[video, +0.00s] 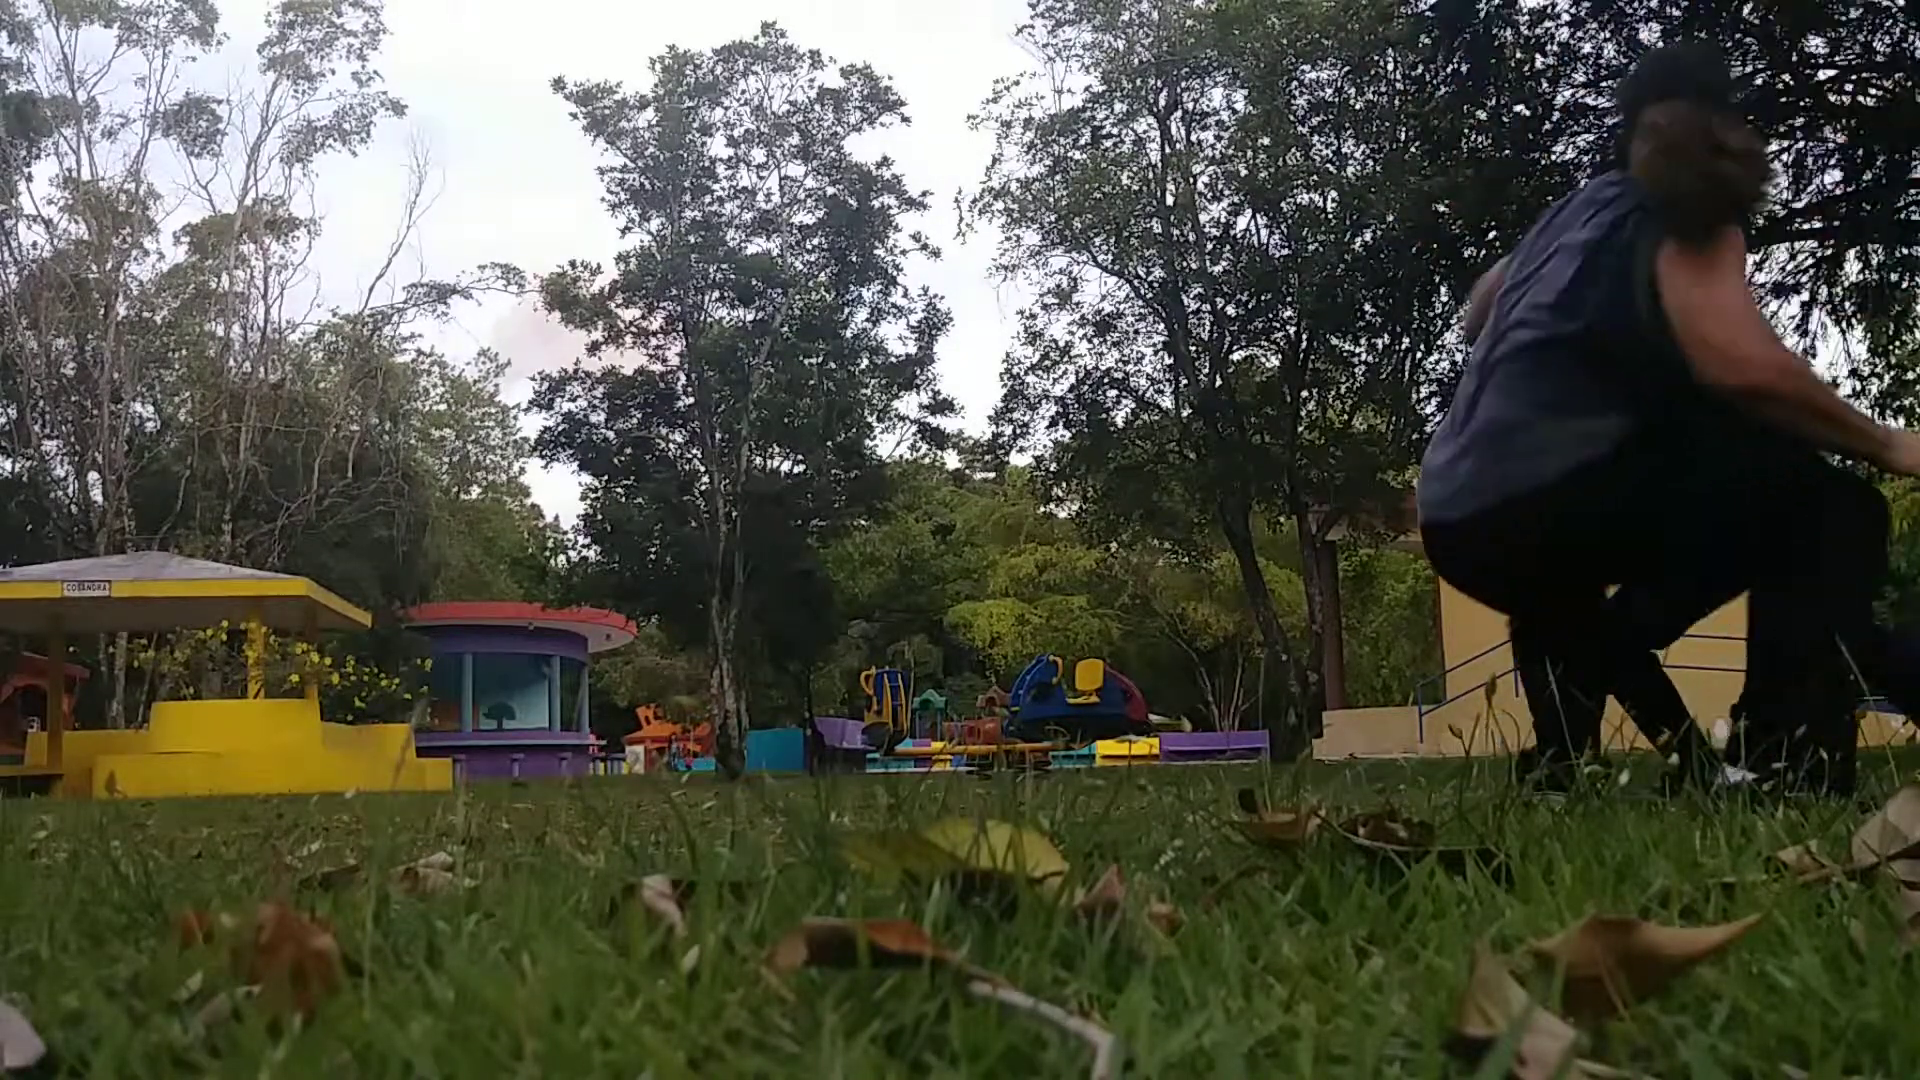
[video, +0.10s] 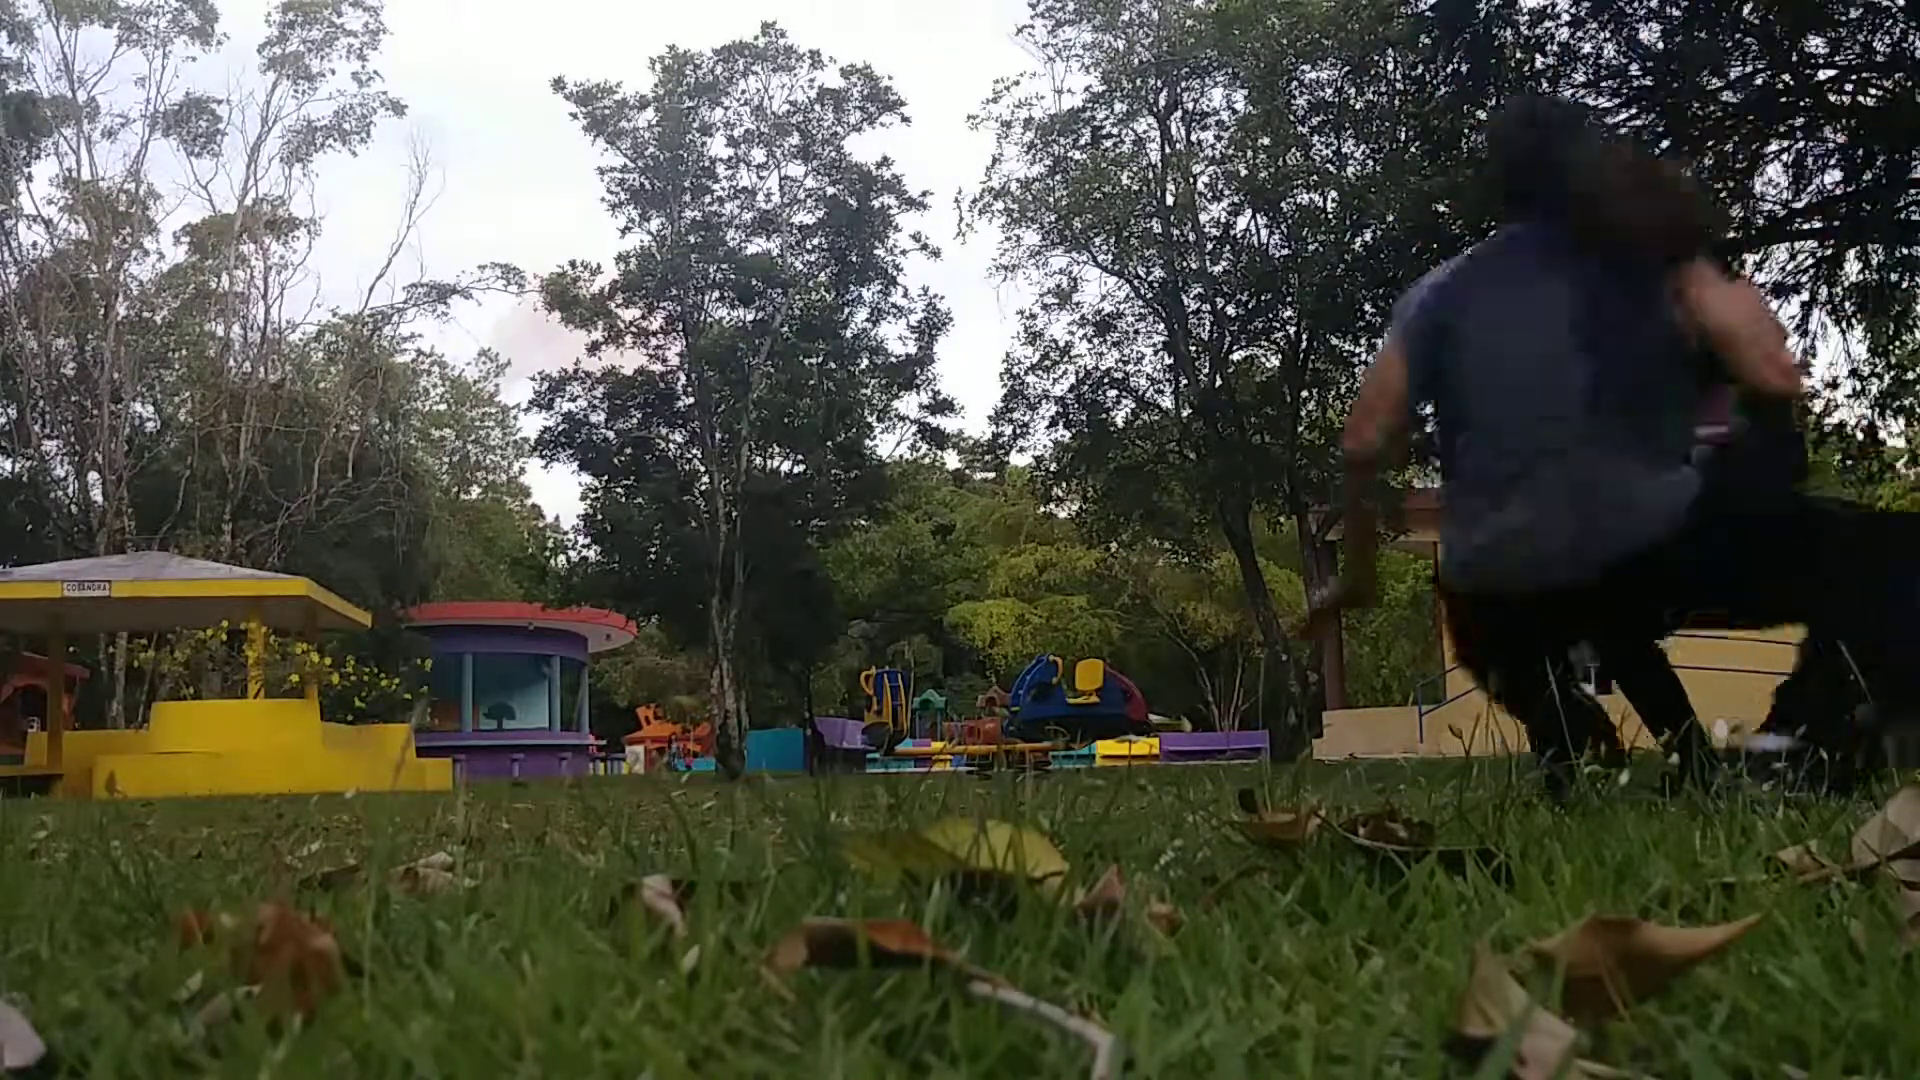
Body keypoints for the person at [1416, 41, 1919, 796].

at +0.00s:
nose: (1750, 143)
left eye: (1747, 126)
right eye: (1738, 124)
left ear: (1627, 128)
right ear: (1710, 127)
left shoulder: (1566, 218)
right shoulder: (1685, 200)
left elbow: (1480, 312)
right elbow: (1739, 362)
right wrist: (1885, 442)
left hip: (1456, 521)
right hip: (1565, 493)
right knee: (1836, 509)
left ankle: (1560, 767)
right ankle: (1789, 761)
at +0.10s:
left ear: (1496, 184)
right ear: (1593, 170)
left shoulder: (1444, 293)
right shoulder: (1657, 256)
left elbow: (1363, 440)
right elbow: (1774, 370)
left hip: (1502, 580)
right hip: (1651, 550)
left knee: (1488, 628)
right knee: (1881, 555)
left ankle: (1574, 745)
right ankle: (1796, 746)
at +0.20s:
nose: (1512, 208)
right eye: (1498, 197)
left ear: (1389, 246)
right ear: (1488, 218)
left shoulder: (1358, 359)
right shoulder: (1560, 300)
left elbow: (1315, 531)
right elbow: (1682, 382)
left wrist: (1265, 688)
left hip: (1544, 610)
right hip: (1691, 557)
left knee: (1416, 673)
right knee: (1872, 608)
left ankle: (1622, 755)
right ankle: (1899, 677)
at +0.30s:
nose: (1294, 343)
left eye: (1296, 326)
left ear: (1313, 332)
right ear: (1401, 292)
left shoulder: (1333, 419)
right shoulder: (1474, 356)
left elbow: (1318, 598)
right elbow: (1582, 406)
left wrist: (1309, 753)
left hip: (1528, 626)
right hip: (1649, 573)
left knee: (1373, 740)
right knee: (1798, 653)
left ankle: (1601, 745)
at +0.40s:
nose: (1231, 407)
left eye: (1228, 391)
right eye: (1228, 389)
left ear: (1244, 390)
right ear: (1303, 350)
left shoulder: (1296, 455)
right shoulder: (1390, 401)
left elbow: (1340, 624)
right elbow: (1501, 450)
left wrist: (1321, 787)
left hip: (1521, 648)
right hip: (1599, 595)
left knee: (1376, 781)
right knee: (1618, 672)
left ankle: (1591, 770)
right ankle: (1755, 729)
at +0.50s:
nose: (1200, 445)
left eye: (1195, 429)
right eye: (1194, 429)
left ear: (1212, 425)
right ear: (1262, 387)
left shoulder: (1288, 472)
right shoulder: (1342, 431)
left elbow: (1345, 633)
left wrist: (1321, 796)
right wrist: (1305, 630)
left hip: (1523, 647)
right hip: (1564, 619)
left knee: (1374, 784)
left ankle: (1589, 754)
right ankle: (1592, 747)